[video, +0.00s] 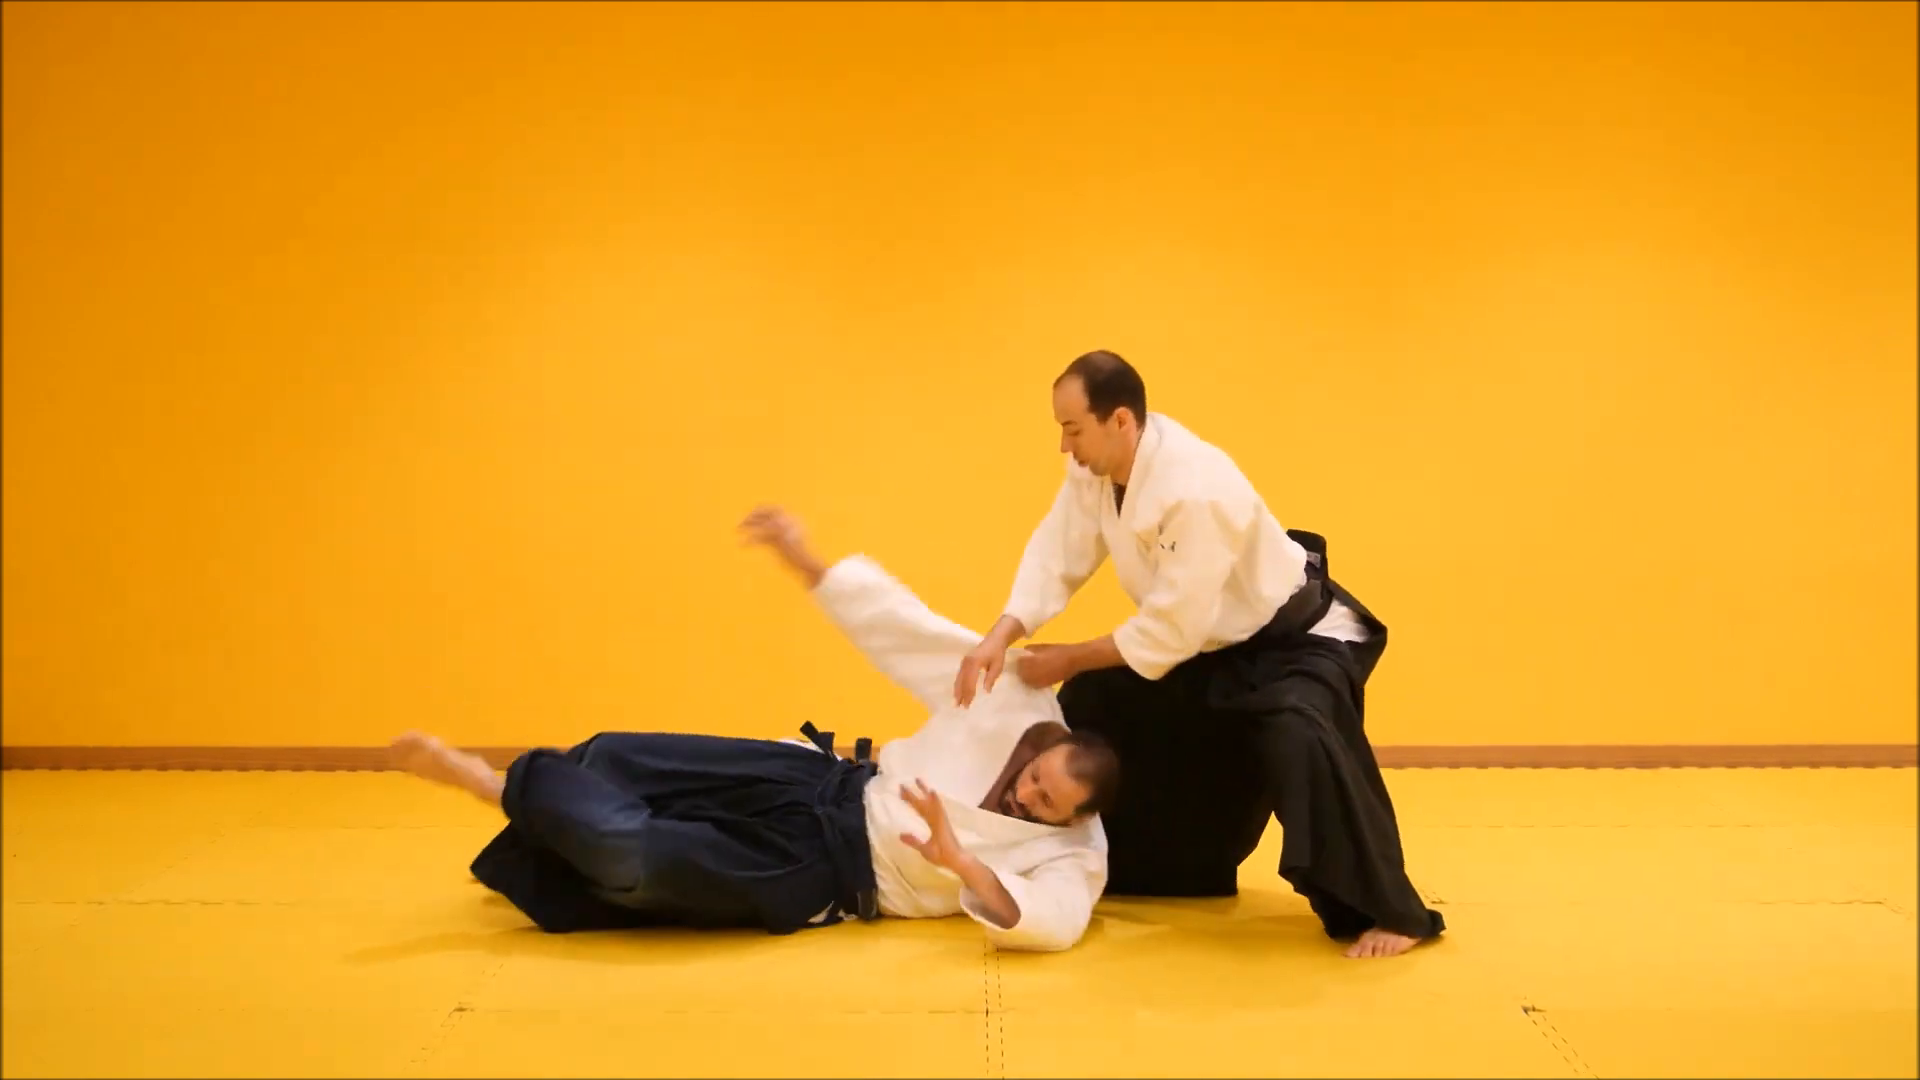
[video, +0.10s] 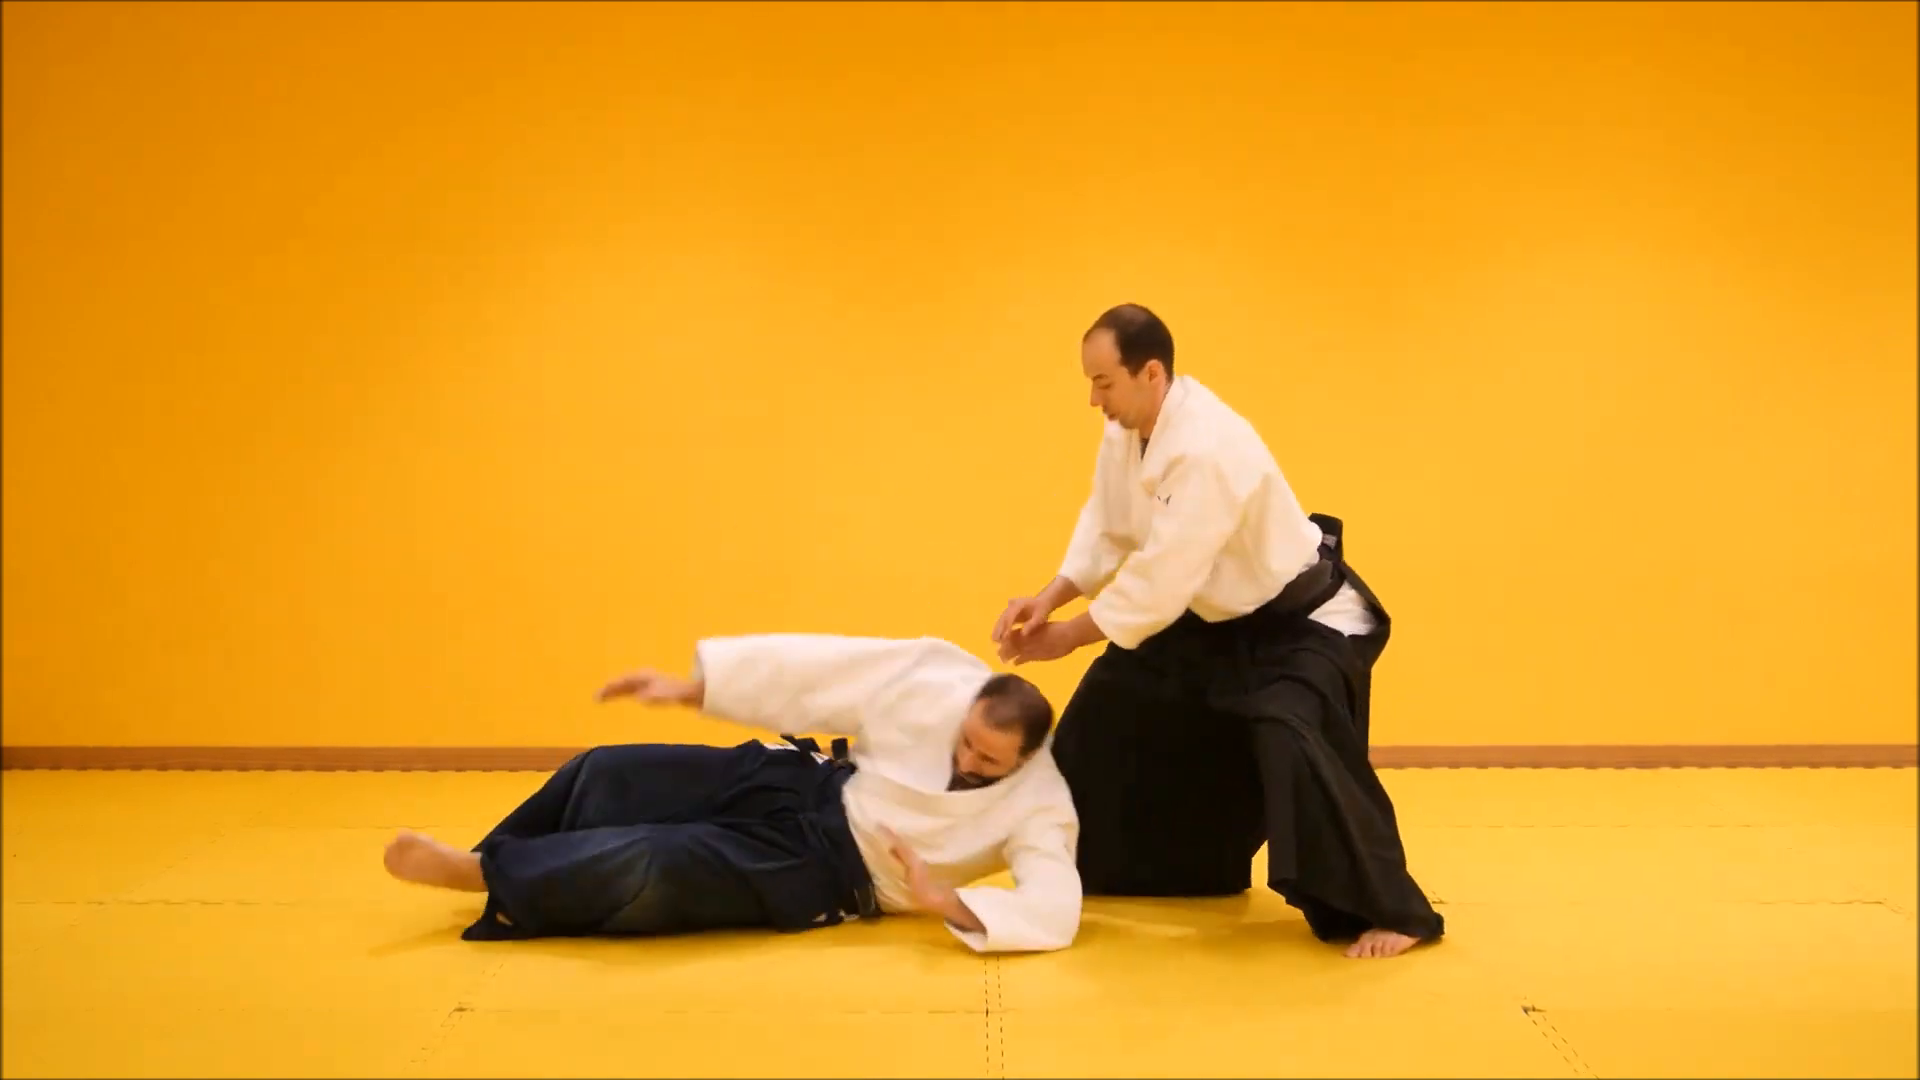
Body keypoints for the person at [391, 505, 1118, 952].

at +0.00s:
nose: (1033, 796)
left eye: (1055, 804)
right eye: (1038, 776)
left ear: (1086, 809)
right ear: (1045, 738)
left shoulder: (1074, 852)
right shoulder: (1004, 693)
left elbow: (1043, 923)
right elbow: (910, 632)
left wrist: (958, 862)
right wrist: (810, 563)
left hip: (824, 874)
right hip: (811, 779)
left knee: (633, 851)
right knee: (606, 762)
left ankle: (501, 781)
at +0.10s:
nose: (968, 764)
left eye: (987, 763)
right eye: (964, 746)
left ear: (1027, 754)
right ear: (965, 708)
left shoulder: (1040, 805)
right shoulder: (937, 677)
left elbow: (1056, 911)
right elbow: (825, 672)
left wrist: (954, 903)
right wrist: (697, 682)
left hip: (820, 868)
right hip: (790, 779)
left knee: (656, 862)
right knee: (603, 775)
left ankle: (484, 868)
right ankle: (501, 894)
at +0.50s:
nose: (825, 673)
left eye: (834, 657)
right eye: (810, 661)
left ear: (843, 636)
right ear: (760, 639)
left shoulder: (852, 679)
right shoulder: (687, 652)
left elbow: (906, 780)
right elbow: (634, 784)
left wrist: (913, 918)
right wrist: (696, 901)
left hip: (734, 807)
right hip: (650, 746)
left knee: (668, 926)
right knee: (494, 741)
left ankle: (552, 886)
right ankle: (519, 887)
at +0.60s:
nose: (824, 637)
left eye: (829, 622)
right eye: (809, 625)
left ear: (835, 609)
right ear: (756, 616)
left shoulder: (832, 650)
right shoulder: (663, 626)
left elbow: (868, 767)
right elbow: (648, 773)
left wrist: (905, 906)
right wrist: (697, 905)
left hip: (710, 758)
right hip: (606, 705)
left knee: (702, 905)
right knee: (472, 768)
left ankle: (569, 879)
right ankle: (494, 883)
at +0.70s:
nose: (815, 605)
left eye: (818, 589)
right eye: (804, 592)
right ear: (751, 591)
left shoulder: (796, 622)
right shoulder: (655, 610)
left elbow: (814, 732)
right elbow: (647, 762)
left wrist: (843, 862)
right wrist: (695, 904)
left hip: (648, 709)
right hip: (544, 681)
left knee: (714, 834)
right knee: (513, 818)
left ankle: (554, 869)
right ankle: (451, 873)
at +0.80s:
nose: (808, 550)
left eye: (808, 536)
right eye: (798, 540)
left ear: (756, 541)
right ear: (750, 544)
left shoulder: (758, 567)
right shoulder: (670, 576)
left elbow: (748, 664)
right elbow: (667, 735)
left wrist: (750, 768)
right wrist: (705, 889)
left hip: (601, 676)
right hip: (517, 659)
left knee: (687, 782)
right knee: (557, 810)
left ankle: (547, 879)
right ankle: (435, 874)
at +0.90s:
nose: (813, 476)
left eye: (815, 462)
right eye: (808, 463)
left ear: (759, 462)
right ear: (765, 469)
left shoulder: (695, 468)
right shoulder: (703, 512)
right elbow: (706, 656)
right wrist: (727, 809)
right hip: (526, 643)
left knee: (664, 763)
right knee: (595, 808)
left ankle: (557, 864)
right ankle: (442, 861)